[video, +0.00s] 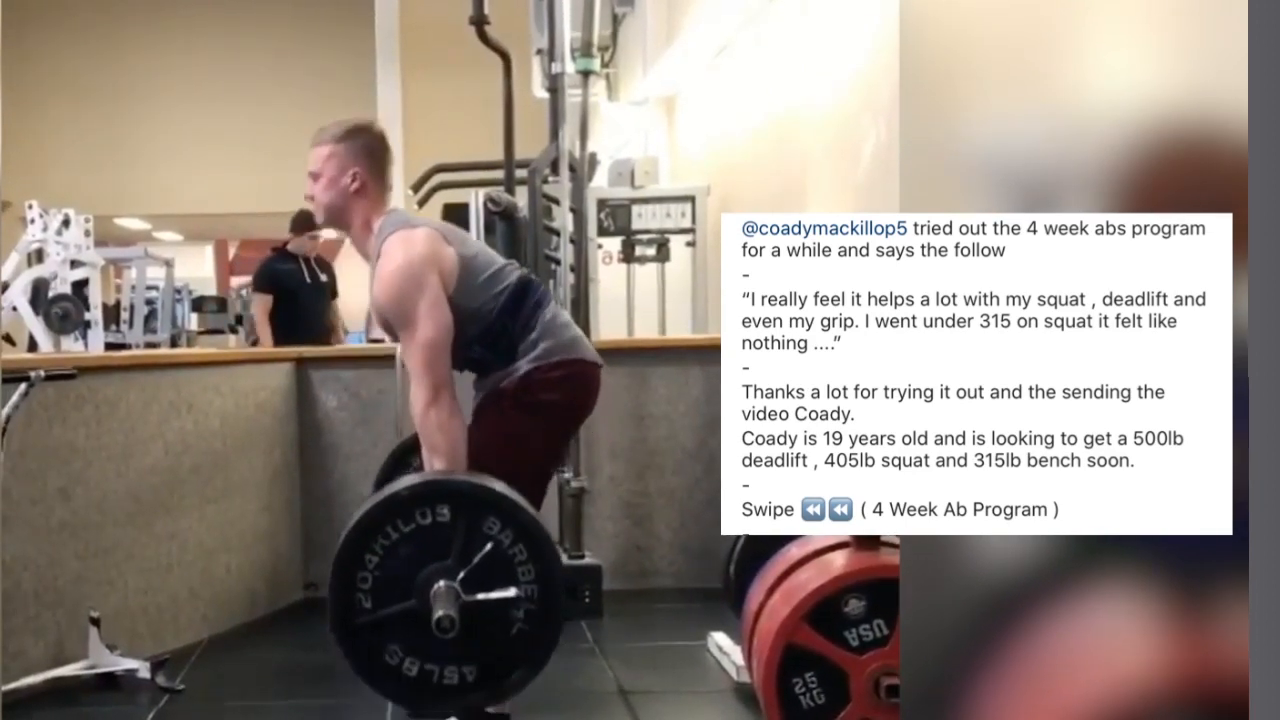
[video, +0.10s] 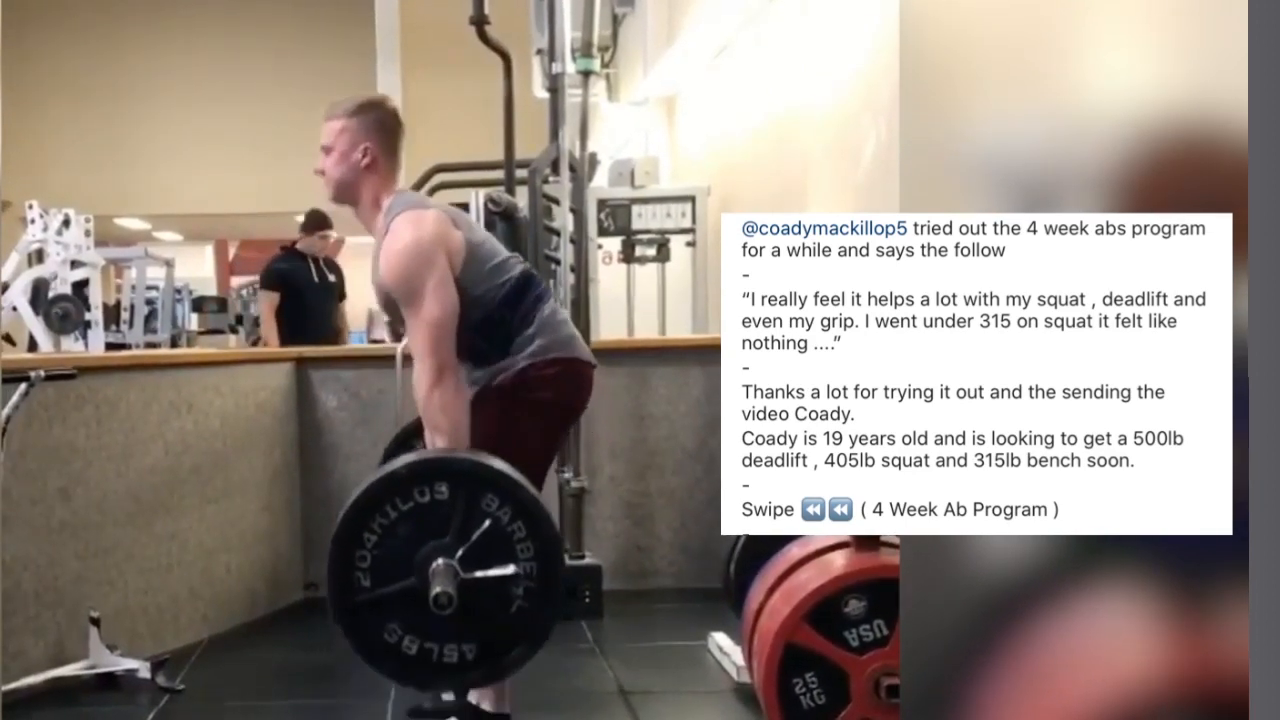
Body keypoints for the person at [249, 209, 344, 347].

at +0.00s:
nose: (317, 243)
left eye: (318, 238)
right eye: (312, 238)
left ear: (320, 236)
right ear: (296, 235)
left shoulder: (324, 266)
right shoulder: (272, 267)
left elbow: (332, 309)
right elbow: (260, 313)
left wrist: (339, 342)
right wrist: (269, 352)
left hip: (323, 353)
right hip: (286, 355)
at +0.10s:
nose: (327, 243)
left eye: (329, 237)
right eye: (322, 237)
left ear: (333, 237)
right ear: (304, 235)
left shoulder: (332, 268)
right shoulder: (279, 268)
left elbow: (340, 312)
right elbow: (266, 313)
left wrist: (344, 347)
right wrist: (275, 355)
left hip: (331, 355)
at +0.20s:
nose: (339, 241)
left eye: (342, 236)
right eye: (334, 236)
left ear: (344, 235)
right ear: (313, 233)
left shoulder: (341, 267)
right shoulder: (286, 261)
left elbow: (347, 313)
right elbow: (270, 309)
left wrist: (350, 347)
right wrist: (279, 349)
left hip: (336, 356)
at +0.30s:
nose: (347, 242)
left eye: (349, 237)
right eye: (343, 236)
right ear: (324, 232)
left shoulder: (348, 268)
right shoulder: (293, 260)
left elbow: (354, 312)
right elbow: (274, 304)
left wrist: (357, 343)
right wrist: (278, 342)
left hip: (342, 355)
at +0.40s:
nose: (353, 242)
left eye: (355, 237)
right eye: (349, 236)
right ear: (331, 231)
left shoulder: (353, 267)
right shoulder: (297, 259)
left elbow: (361, 311)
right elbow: (278, 303)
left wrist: (366, 345)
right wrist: (283, 343)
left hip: (345, 355)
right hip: (306, 355)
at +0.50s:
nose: (357, 241)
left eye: (359, 237)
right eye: (353, 236)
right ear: (334, 230)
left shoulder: (357, 265)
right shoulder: (302, 258)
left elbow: (364, 309)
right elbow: (282, 302)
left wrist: (375, 343)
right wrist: (288, 340)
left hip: (350, 354)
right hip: (311, 354)